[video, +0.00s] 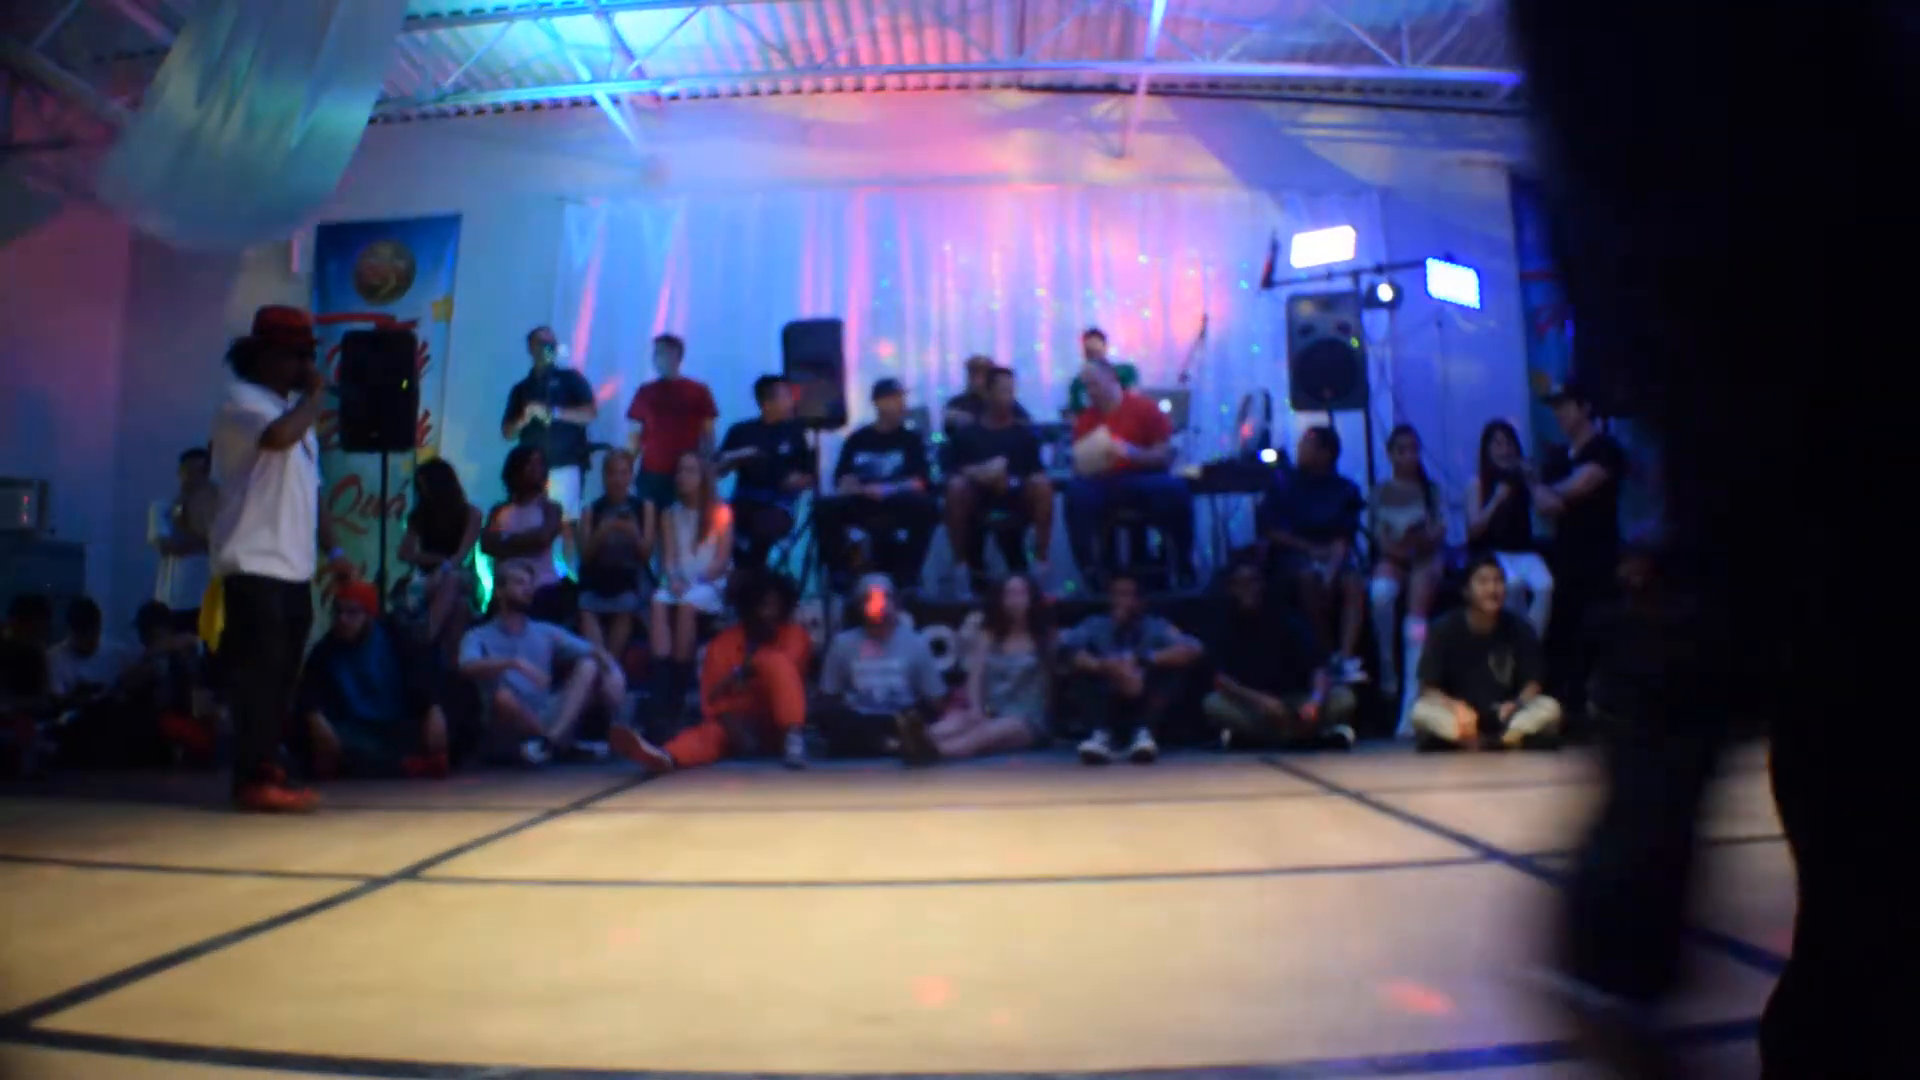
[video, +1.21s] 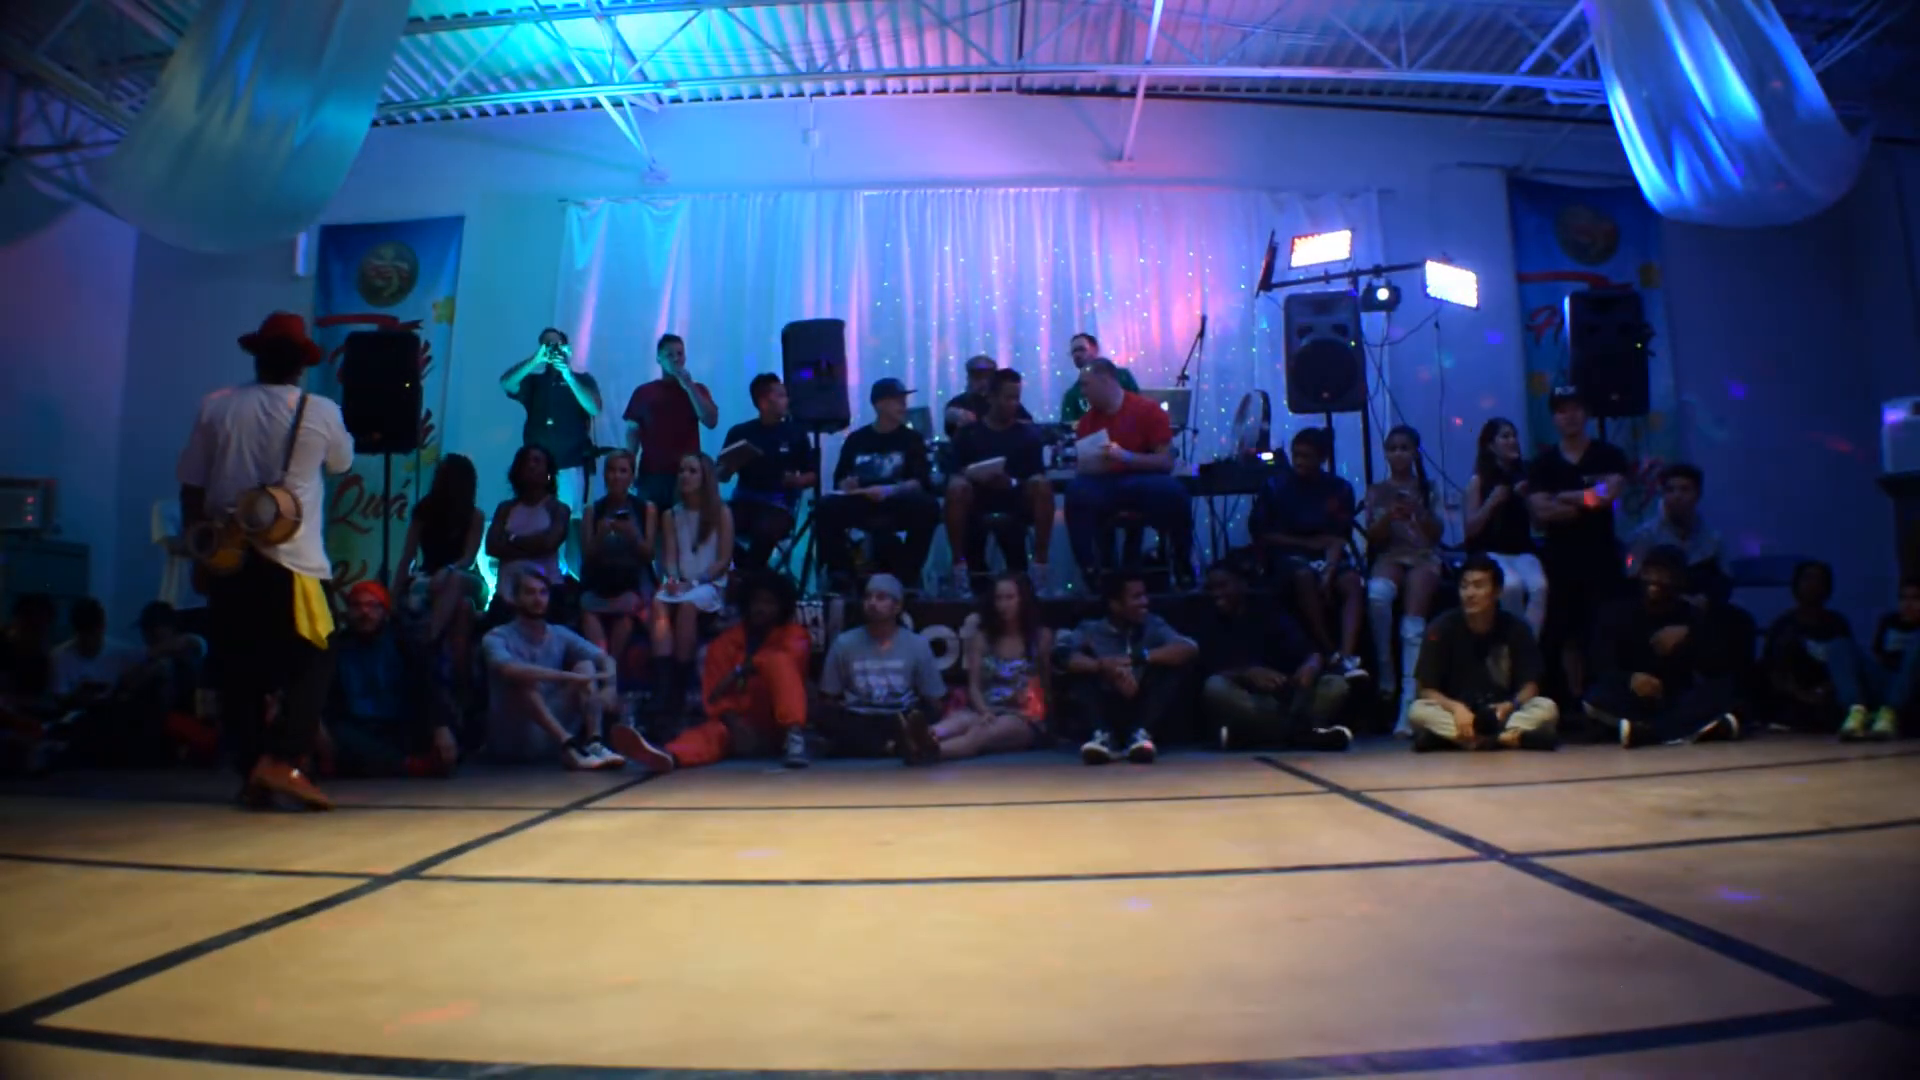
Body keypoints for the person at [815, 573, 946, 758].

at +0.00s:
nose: (877, 605)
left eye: (884, 598)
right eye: (871, 598)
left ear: (893, 603)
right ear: (860, 604)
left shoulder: (914, 644)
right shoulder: (843, 644)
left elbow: (936, 699)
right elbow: (828, 698)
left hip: (902, 718)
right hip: (858, 717)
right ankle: (890, 743)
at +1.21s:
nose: (872, 604)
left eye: (880, 598)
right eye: (868, 597)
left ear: (897, 606)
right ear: (863, 602)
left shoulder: (916, 645)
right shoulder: (844, 644)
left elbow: (935, 702)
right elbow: (828, 699)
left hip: (903, 717)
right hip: (857, 718)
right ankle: (887, 746)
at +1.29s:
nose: (872, 604)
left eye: (881, 598)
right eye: (868, 597)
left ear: (897, 606)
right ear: (863, 602)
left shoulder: (916, 645)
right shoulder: (844, 644)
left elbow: (935, 704)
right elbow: (828, 701)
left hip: (904, 722)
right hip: (857, 723)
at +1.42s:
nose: (872, 604)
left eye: (880, 597)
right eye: (868, 597)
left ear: (897, 606)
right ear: (862, 601)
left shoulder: (916, 645)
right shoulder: (843, 644)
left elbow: (935, 702)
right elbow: (828, 699)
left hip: (903, 718)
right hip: (856, 720)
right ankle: (885, 746)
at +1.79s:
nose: (871, 604)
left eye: (880, 598)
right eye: (867, 597)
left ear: (896, 606)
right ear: (862, 602)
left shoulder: (916, 645)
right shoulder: (843, 644)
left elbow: (933, 699)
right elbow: (829, 699)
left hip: (904, 717)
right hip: (858, 718)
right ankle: (887, 746)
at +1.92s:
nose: (869, 604)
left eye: (878, 598)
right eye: (865, 598)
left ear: (894, 606)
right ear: (860, 602)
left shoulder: (916, 645)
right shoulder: (843, 645)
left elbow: (933, 703)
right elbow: (828, 700)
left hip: (905, 719)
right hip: (858, 721)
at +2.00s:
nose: (869, 604)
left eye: (877, 598)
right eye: (865, 598)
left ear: (894, 606)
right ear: (860, 602)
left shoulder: (915, 645)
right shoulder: (842, 645)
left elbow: (935, 703)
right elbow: (829, 700)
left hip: (902, 719)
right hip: (856, 720)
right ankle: (888, 745)